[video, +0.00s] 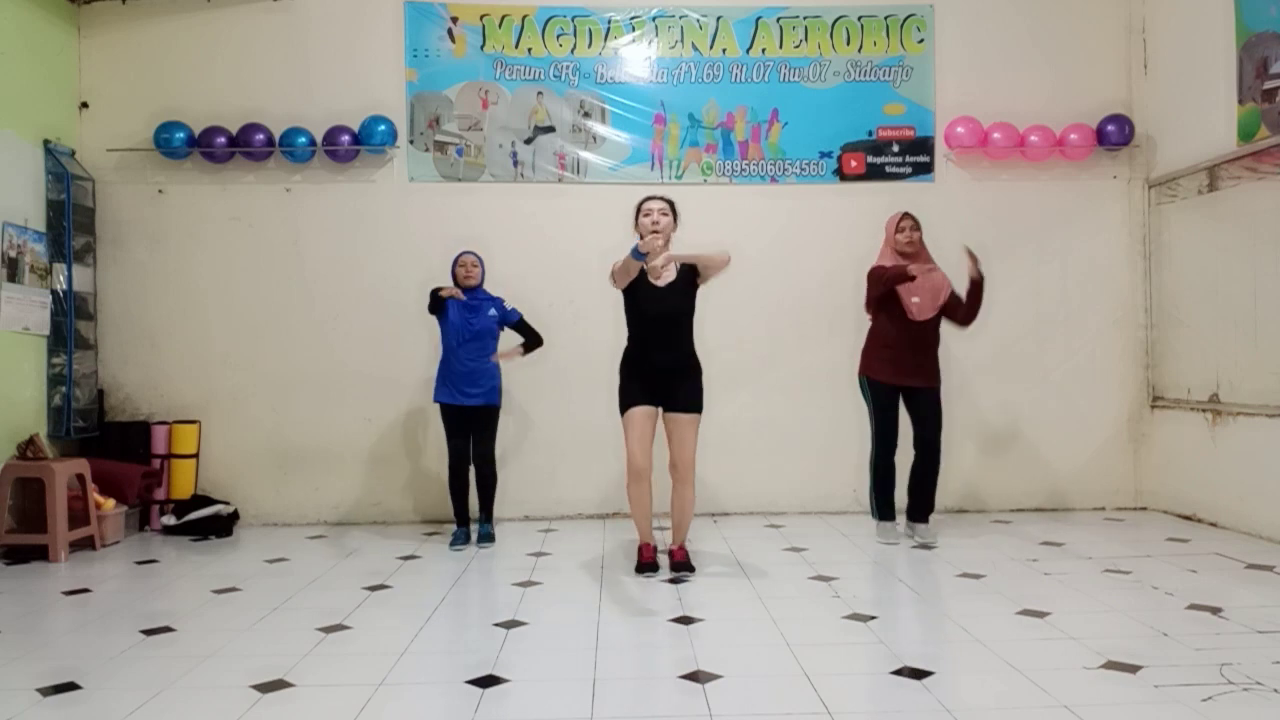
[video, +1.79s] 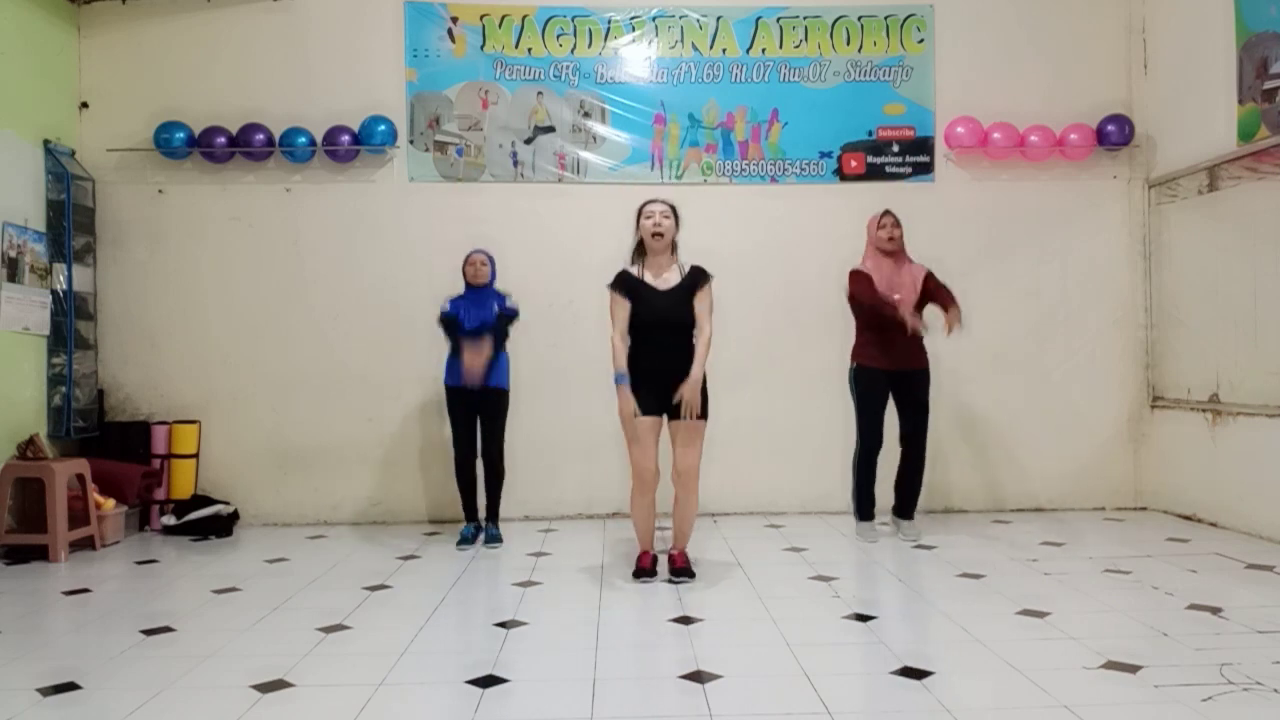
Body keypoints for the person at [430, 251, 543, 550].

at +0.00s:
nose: (468, 269)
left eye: (474, 265)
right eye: (462, 265)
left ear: (482, 273)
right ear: (454, 273)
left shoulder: (495, 305)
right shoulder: (447, 303)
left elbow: (535, 339)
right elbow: (433, 304)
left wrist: (508, 354)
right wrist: (442, 293)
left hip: (486, 393)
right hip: (452, 392)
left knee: (484, 459)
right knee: (458, 459)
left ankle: (486, 523)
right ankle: (461, 526)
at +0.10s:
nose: (469, 270)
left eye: (475, 266)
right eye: (463, 266)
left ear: (484, 274)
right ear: (454, 274)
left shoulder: (496, 305)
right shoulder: (449, 304)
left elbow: (533, 338)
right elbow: (435, 309)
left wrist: (506, 330)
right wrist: (440, 297)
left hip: (488, 394)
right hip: (454, 392)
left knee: (486, 461)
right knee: (458, 460)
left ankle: (486, 525)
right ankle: (460, 524)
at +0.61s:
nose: (471, 271)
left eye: (477, 268)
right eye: (466, 267)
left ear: (486, 274)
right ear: (458, 274)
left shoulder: (496, 302)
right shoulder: (448, 302)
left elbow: (498, 302)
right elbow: (438, 312)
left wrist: (471, 289)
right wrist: (447, 299)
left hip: (486, 391)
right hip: (453, 391)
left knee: (481, 455)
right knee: (457, 459)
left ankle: (486, 520)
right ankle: (460, 525)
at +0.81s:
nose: (467, 275)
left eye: (472, 270)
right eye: (463, 271)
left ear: (482, 275)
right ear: (459, 276)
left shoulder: (496, 302)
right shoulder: (453, 303)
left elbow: (501, 295)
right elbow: (441, 290)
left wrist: (484, 271)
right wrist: (441, 273)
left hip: (490, 392)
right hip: (456, 391)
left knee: (486, 459)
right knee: (456, 460)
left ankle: (485, 524)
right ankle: (459, 524)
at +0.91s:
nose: (469, 268)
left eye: (475, 265)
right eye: (465, 264)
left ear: (486, 271)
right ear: (458, 270)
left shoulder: (497, 295)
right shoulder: (451, 297)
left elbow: (494, 253)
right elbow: (439, 256)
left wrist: (471, 211)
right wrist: (450, 215)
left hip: (493, 387)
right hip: (459, 387)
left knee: (488, 455)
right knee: (457, 451)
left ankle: (486, 522)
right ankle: (458, 504)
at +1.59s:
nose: (473, 249)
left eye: (479, 245)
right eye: (468, 246)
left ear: (489, 252)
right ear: (461, 252)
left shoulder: (499, 278)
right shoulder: (453, 279)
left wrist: (478, 203)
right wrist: (460, 207)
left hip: (493, 366)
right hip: (459, 367)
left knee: (490, 439)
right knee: (463, 439)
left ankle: (491, 511)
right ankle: (464, 511)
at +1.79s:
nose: (477, 268)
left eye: (483, 264)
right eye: (472, 264)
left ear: (492, 271)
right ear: (464, 272)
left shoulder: (503, 301)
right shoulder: (453, 304)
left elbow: (500, 334)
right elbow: (452, 332)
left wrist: (483, 362)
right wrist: (466, 356)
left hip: (494, 385)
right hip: (459, 385)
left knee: (492, 453)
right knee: (464, 453)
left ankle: (492, 522)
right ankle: (471, 522)